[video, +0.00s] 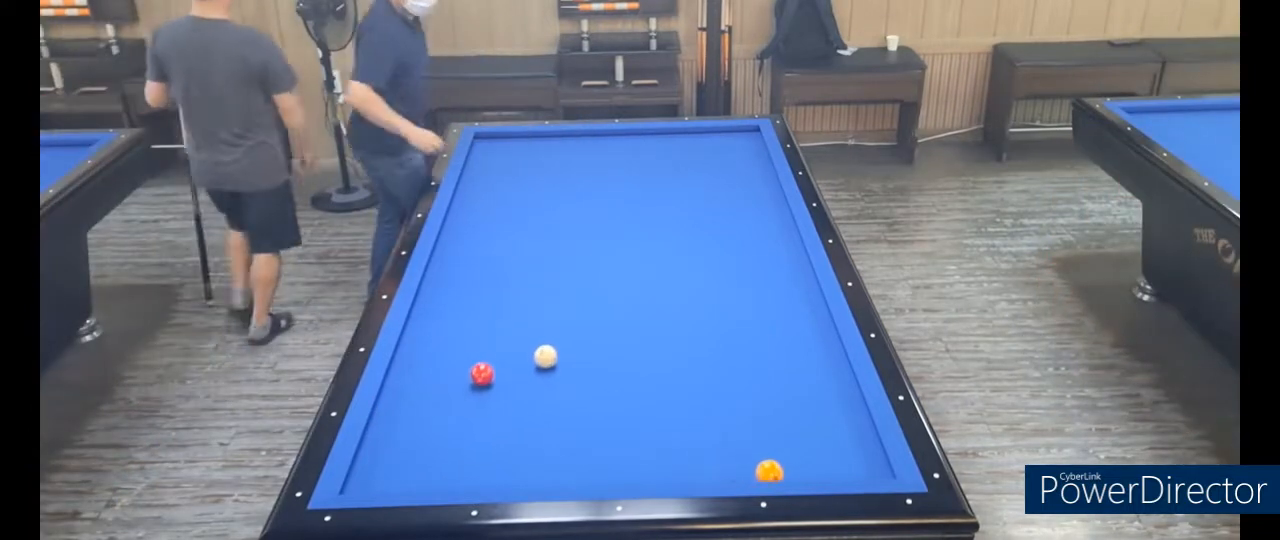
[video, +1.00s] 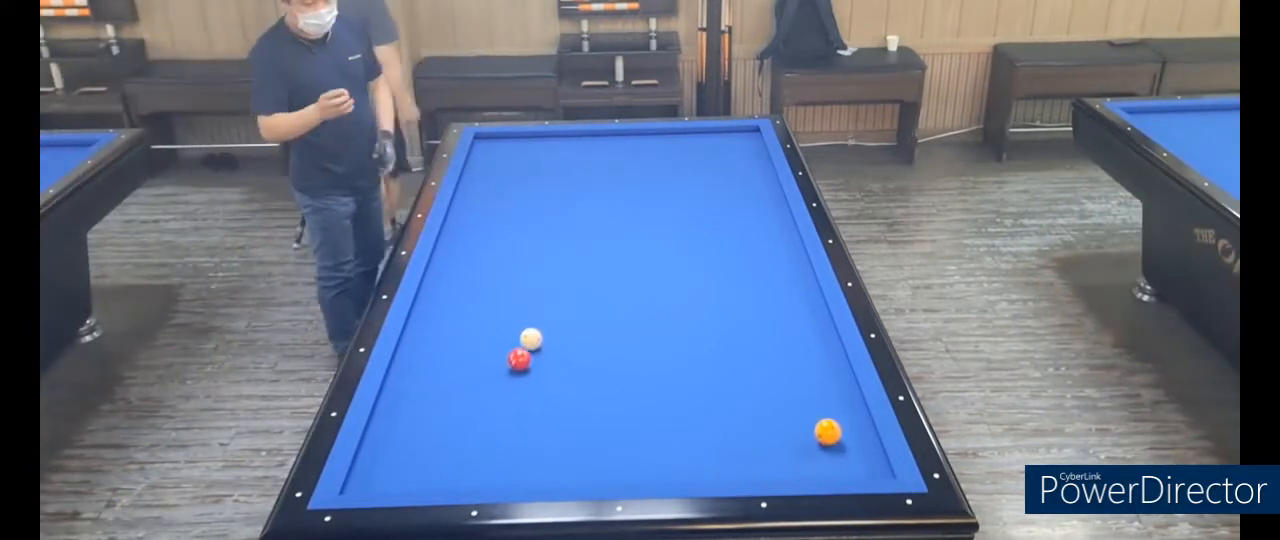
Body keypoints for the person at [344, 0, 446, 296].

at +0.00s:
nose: (429, 2)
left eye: (428, 1)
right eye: (423, 0)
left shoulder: (407, 19)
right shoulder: (382, 28)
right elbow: (358, 93)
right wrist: (412, 132)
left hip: (400, 144)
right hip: (386, 149)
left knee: (391, 223)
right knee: (428, 219)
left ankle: (381, 295)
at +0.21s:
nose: (403, 1)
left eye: (404, 2)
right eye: (396, 0)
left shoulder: (399, 18)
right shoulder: (352, 27)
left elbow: (403, 78)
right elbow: (321, 91)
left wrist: (412, 125)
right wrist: (373, 134)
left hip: (396, 146)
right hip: (368, 154)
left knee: (383, 227)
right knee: (406, 227)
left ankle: (378, 299)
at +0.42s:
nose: (379, 9)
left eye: (383, 6)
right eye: (371, 6)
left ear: (388, 2)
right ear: (349, 0)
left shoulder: (387, 19)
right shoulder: (328, 33)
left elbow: (393, 79)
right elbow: (301, 100)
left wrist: (407, 123)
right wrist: (351, 142)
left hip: (389, 155)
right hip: (355, 162)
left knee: (389, 241)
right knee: (376, 249)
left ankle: (386, 324)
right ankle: (365, 334)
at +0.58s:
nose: (360, 6)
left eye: (365, 2)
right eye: (349, 2)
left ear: (371, 2)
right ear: (328, 4)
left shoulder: (371, 28)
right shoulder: (312, 43)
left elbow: (380, 82)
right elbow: (284, 112)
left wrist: (398, 123)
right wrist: (339, 152)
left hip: (378, 171)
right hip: (344, 180)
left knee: (387, 251)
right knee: (358, 264)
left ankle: (388, 336)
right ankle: (352, 348)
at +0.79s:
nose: (341, 9)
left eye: (346, 2)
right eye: (329, 4)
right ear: (306, 4)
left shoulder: (356, 27)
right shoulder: (288, 50)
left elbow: (378, 81)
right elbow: (265, 121)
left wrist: (397, 133)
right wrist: (321, 139)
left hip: (370, 174)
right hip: (331, 184)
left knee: (380, 256)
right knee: (350, 269)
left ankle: (384, 337)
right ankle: (351, 351)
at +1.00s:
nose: (322, 9)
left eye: (326, 1)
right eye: (309, 3)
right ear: (285, 6)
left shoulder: (350, 28)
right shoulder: (270, 51)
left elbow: (377, 84)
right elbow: (269, 128)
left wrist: (386, 134)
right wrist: (317, 112)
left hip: (366, 175)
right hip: (321, 184)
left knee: (371, 262)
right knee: (337, 272)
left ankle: (376, 337)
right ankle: (348, 351)